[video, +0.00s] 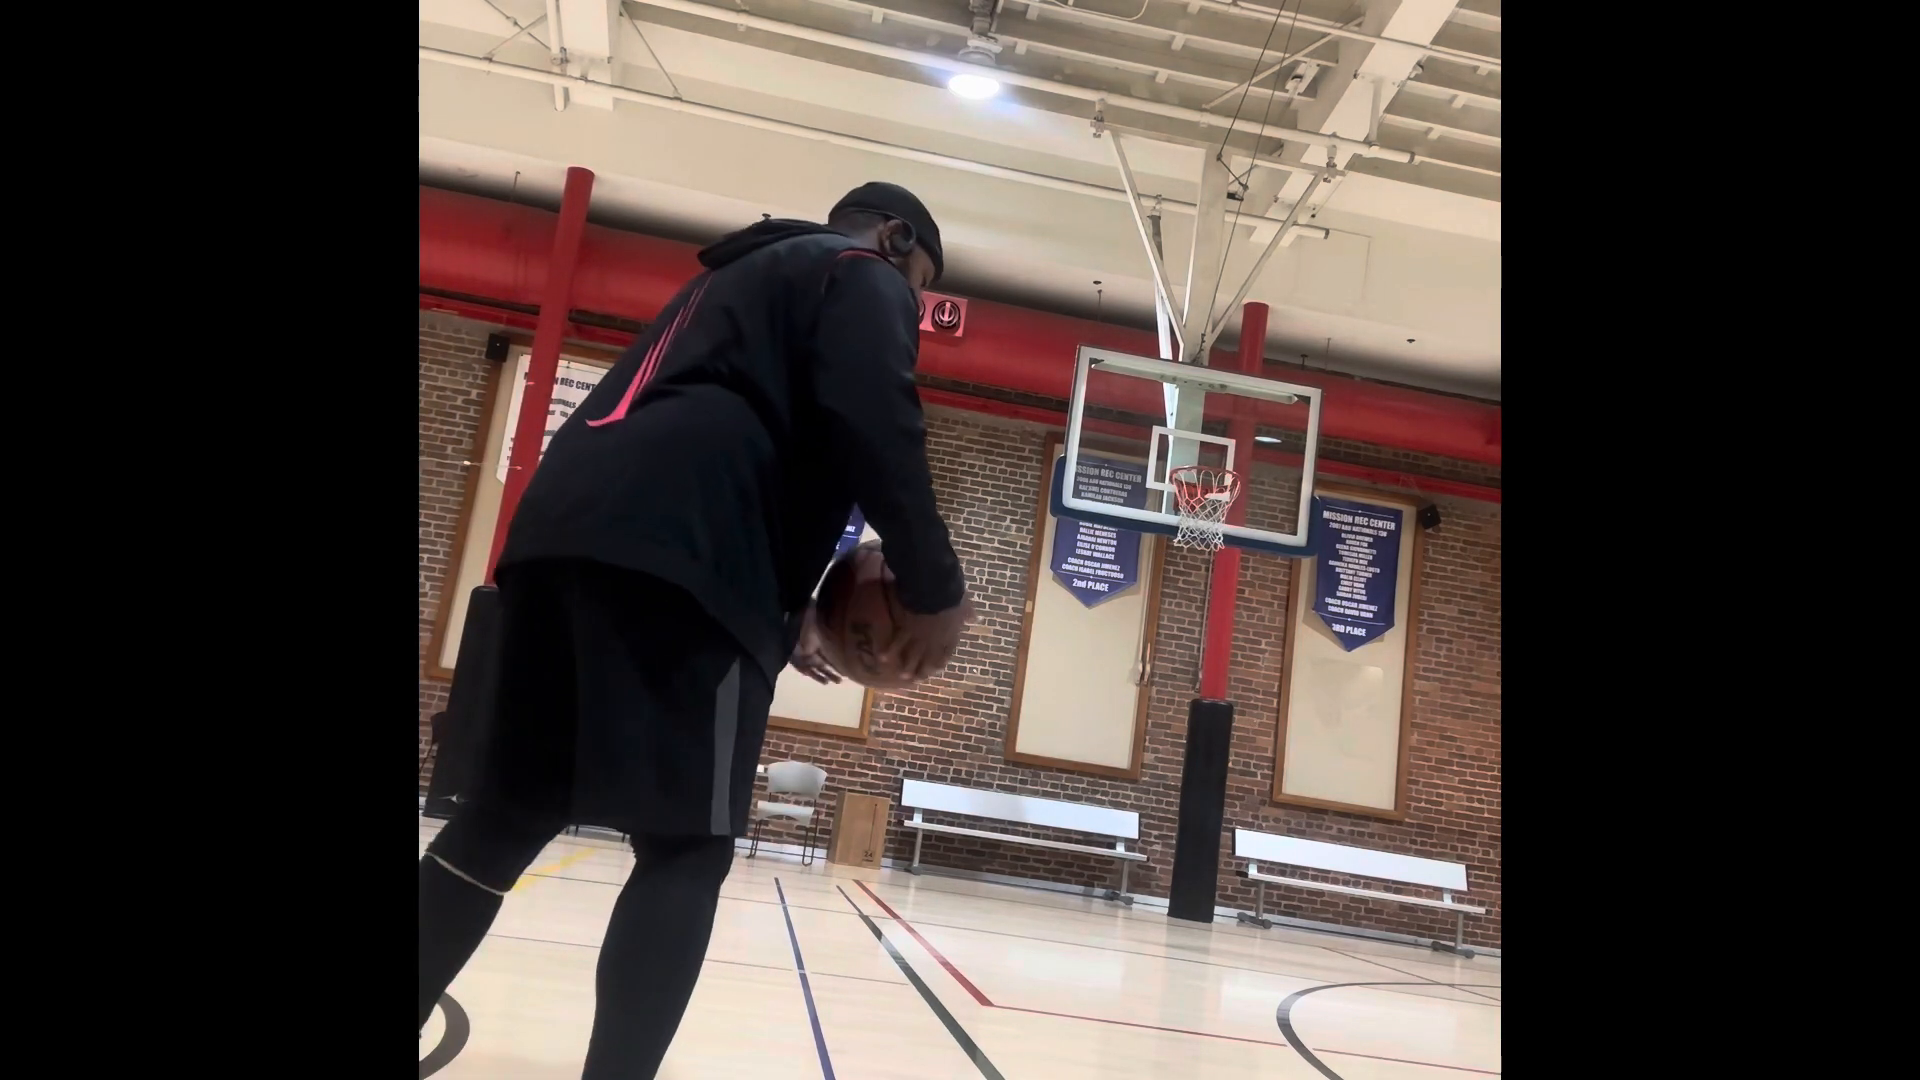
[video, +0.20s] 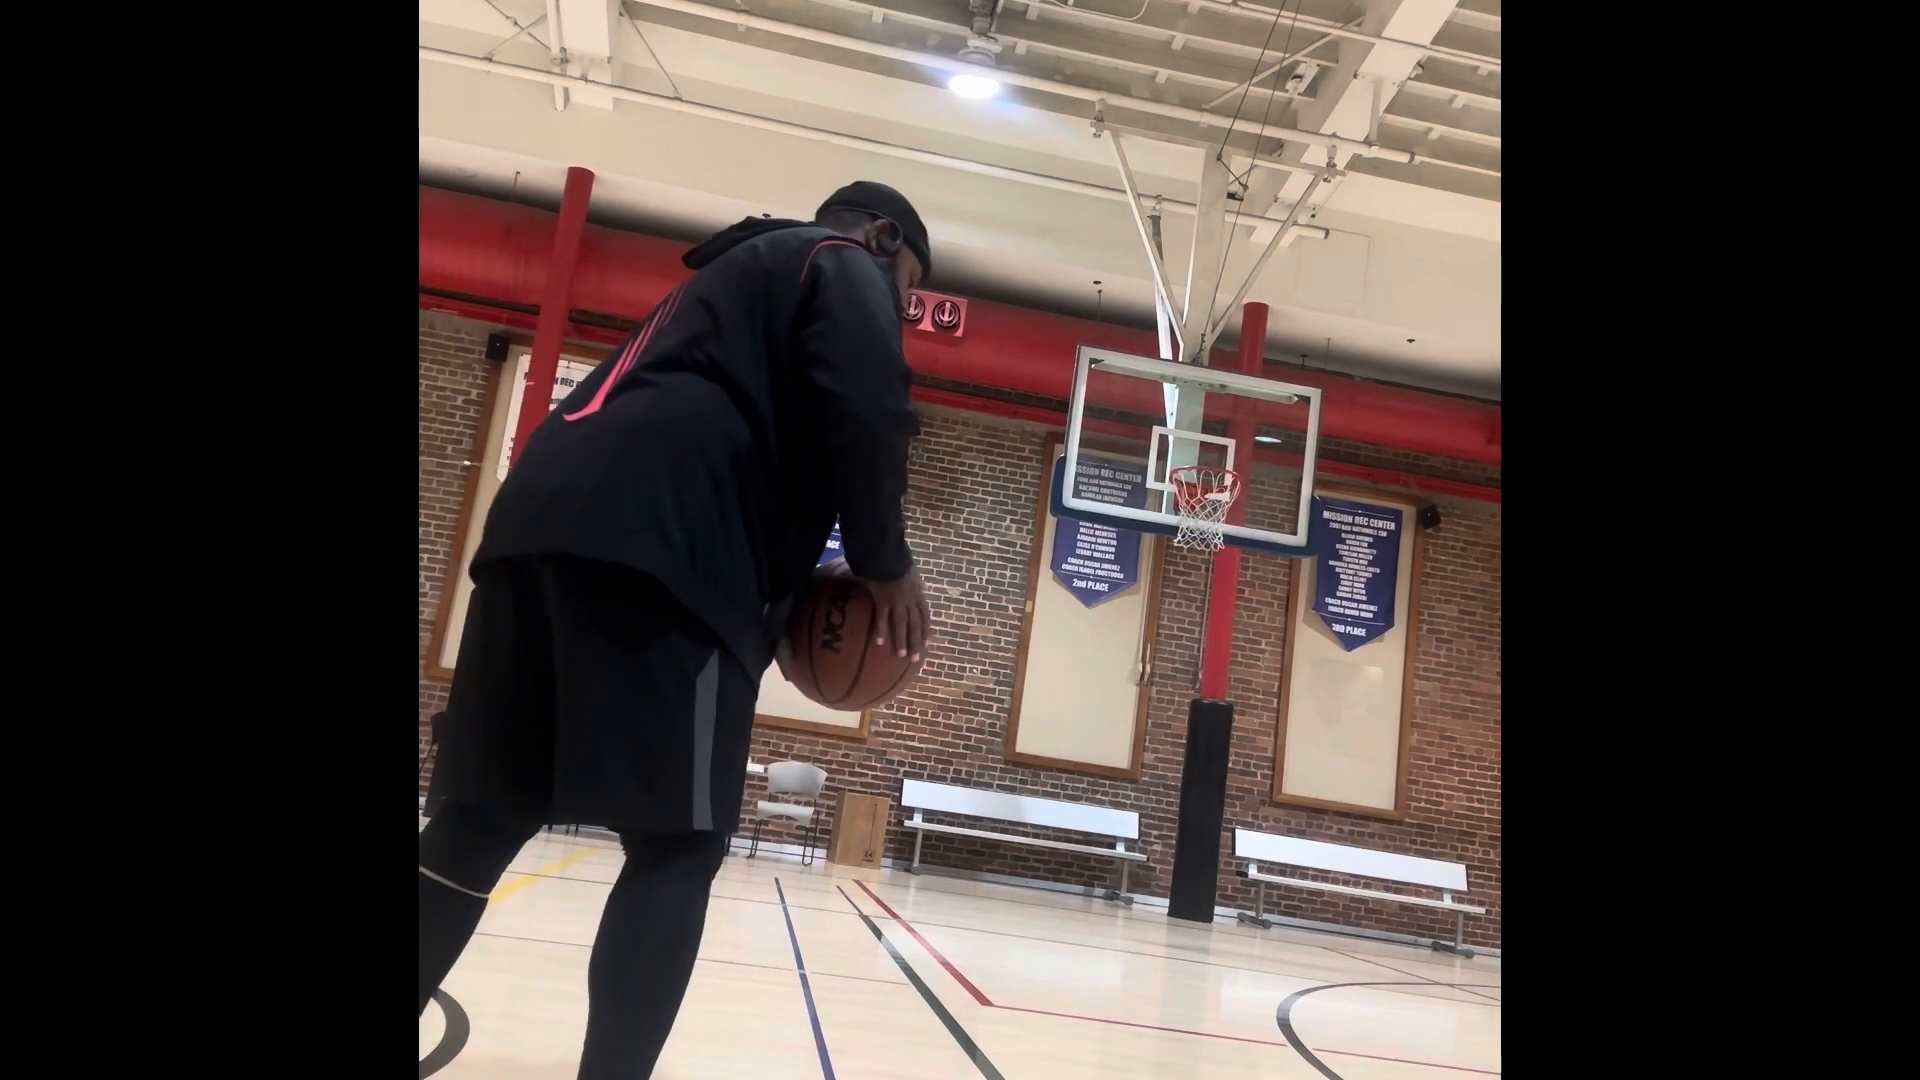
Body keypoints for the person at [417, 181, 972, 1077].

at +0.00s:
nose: (920, 296)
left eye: (926, 285)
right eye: (921, 276)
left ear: (836, 225)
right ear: (890, 239)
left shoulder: (730, 280)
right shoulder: (861, 273)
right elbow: (876, 415)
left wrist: (794, 613)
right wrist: (935, 589)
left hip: (546, 541)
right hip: (684, 564)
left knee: (503, 815)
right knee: (687, 851)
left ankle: (416, 1021)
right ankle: (617, 1068)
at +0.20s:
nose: (909, 302)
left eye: (915, 288)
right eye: (910, 276)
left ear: (824, 222)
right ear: (877, 236)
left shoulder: (726, 273)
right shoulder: (846, 260)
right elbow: (871, 397)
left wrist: (803, 597)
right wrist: (888, 561)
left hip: (527, 530)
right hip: (670, 551)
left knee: (473, 819)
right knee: (678, 847)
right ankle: (614, 1071)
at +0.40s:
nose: (860, 288)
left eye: (867, 276)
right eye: (862, 270)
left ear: (765, 214)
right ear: (834, 236)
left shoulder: (661, 284)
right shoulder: (804, 262)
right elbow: (880, 382)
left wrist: (751, 589)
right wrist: (850, 556)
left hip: (498, 522)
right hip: (641, 539)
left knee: (460, 813)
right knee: (652, 844)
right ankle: (604, 1068)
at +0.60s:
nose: (800, 271)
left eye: (801, 261)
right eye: (799, 256)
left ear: (699, 223)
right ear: (777, 238)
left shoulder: (592, 284)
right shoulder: (779, 281)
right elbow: (821, 434)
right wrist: (778, 593)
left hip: (473, 527)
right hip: (622, 546)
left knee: (440, 823)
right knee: (618, 843)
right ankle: (591, 1067)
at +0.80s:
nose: (726, 268)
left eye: (722, 258)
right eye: (727, 256)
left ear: (621, 230)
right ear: (711, 249)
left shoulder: (522, 294)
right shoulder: (736, 309)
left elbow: (469, 424)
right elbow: (774, 471)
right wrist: (693, 591)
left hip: (454, 553)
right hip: (615, 568)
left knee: (438, 820)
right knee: (605, 847)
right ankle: (586, 1069)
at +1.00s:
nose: (669, 277)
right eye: (670, 266)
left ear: (570, 243)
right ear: (659, 263)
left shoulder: (478, 308)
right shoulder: (696, 337)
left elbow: (425, 425)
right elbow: (728, 497)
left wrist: (454, 523)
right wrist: (653, 567)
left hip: (443, 571)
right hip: (601, 586)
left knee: (429, 819)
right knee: (611, 831)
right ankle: (614, 1057)